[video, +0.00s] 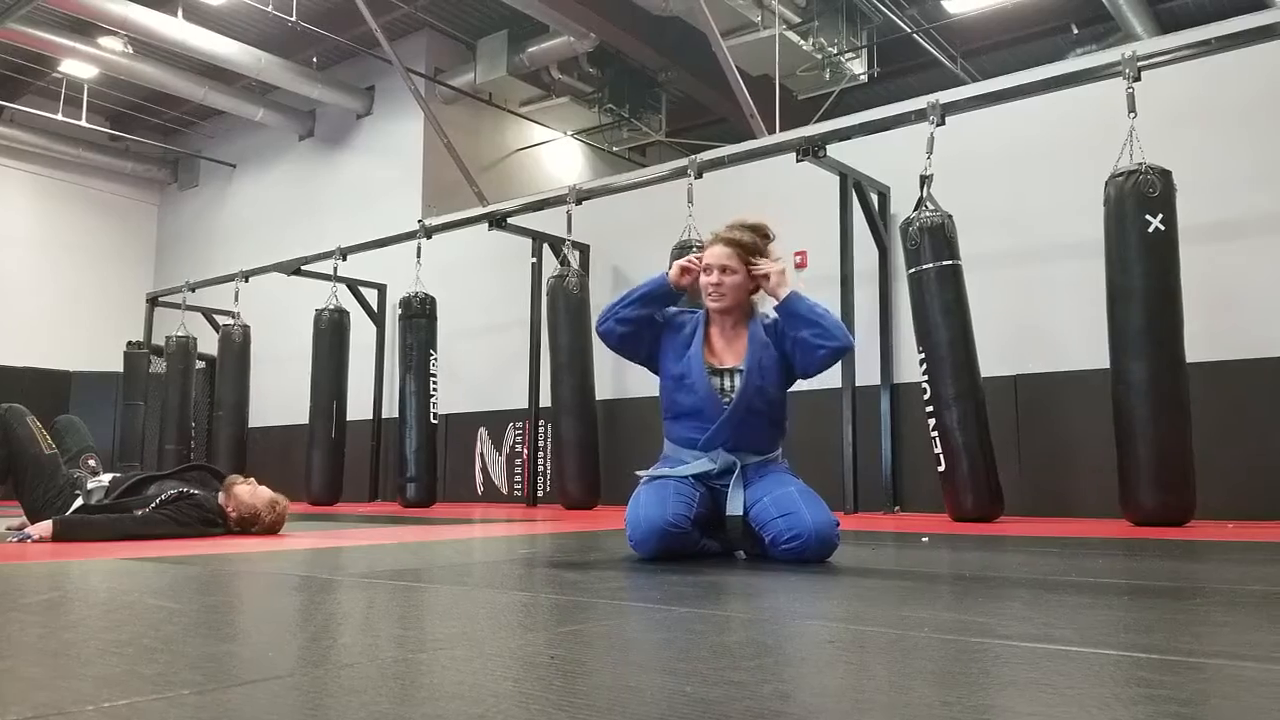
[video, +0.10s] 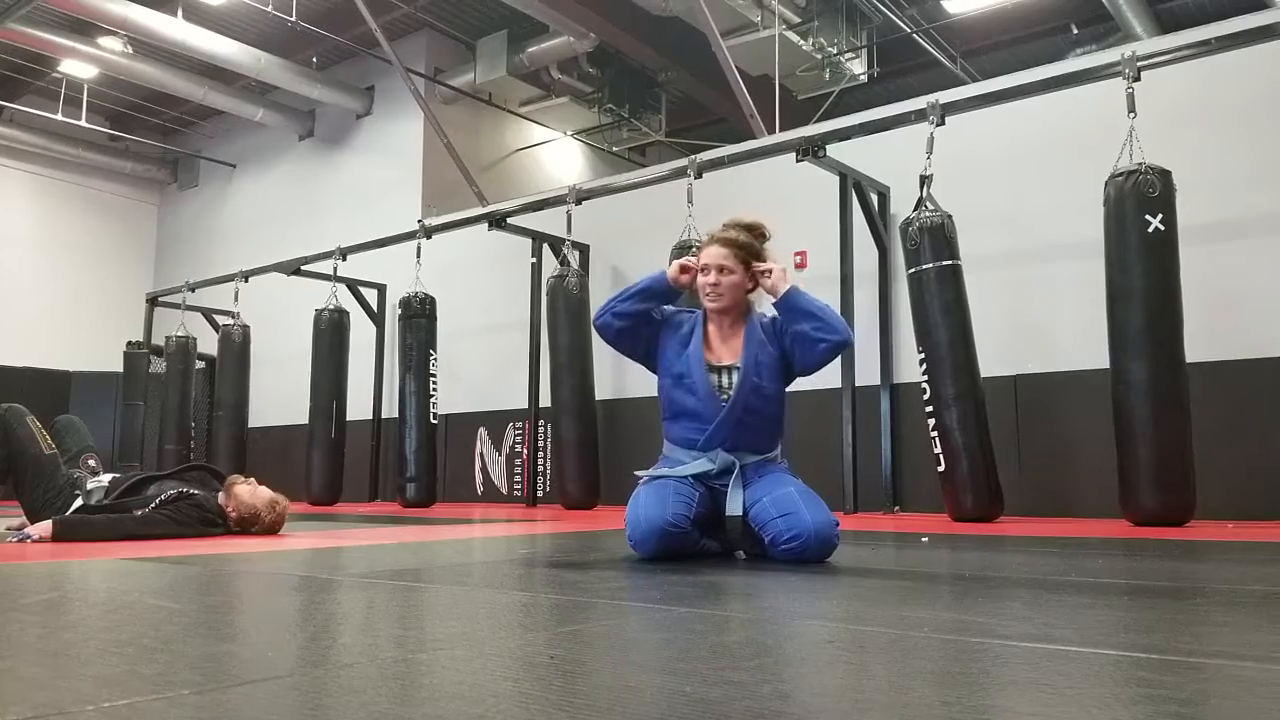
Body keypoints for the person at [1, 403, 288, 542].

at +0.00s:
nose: (248, 476)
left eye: (250, 488)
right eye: (256, 483)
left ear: (234, 510)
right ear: (237, 504)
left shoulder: (200, 513)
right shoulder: (218, 490)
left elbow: (129, 524)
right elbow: (157, 483)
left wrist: (56, 527)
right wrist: (115, 480)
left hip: (67, 502)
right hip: (100, 486)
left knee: (11, 414)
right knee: (67, 421)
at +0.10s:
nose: (249, 476)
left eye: (251, 487)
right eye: (257, 483)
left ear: (234, 510)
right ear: (238, 505)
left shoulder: (199, 513)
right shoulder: (218, 490)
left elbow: (129, 524)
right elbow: (156, 483)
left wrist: (56, 527)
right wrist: (115, 480)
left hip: (67, 501)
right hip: (100, 485)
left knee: (11, 414)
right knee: (66, 421)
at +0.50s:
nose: (247, 476)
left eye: (250, 487)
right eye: (255, 483)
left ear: (234, 510)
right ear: (237, 505)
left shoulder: (200, 513)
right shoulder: (216, 490)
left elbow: (130, 524)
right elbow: (154, 484)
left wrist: (56, 527)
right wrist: (113, 480)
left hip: (68, 501)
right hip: (99, 485)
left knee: (12, 414)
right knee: (67, 421)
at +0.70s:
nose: (247, 476)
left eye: (248, 487)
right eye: (254, 483)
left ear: (233, 509)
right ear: (236, 504)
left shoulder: (199, 513)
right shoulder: (216, 490)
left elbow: (129, 524)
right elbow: (154, 483)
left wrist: (55, 527)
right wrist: (111, 481)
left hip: (67, 500)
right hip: (98, 485)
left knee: (12, 414)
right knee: (66, 421)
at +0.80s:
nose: (247, 476)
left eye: (248, 487)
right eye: (254, 483)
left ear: (233, 510)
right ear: (236, 504)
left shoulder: (199, 513)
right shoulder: (215, 489)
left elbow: (129, 524)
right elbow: (154, 483)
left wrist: (55, 526)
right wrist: (111, 481)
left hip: (67, 500)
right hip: (98, 485)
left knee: (12, 414)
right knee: (65, 421)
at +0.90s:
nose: (246, 476)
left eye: (249, 487)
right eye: (254, 483)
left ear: (232, 509)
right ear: (234, 505)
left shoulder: (199, 513)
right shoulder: (215, 490)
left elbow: (129, 524)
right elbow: (150, 487)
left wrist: (55, 527)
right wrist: (111, 481)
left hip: (67, 499)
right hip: (98, 485)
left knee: (10, 415)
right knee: (66, 421)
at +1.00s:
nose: (246, 477)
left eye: (248, 487)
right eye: (253, 483)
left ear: (233, 509)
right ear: (235, 504)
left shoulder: (199, 513)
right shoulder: (215, 490)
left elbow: (130, 524)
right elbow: (151, 487)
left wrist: (56, 527)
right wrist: (112, 481)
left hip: (68, 500)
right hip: (99, 486)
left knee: (11, 414)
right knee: (66, 421)